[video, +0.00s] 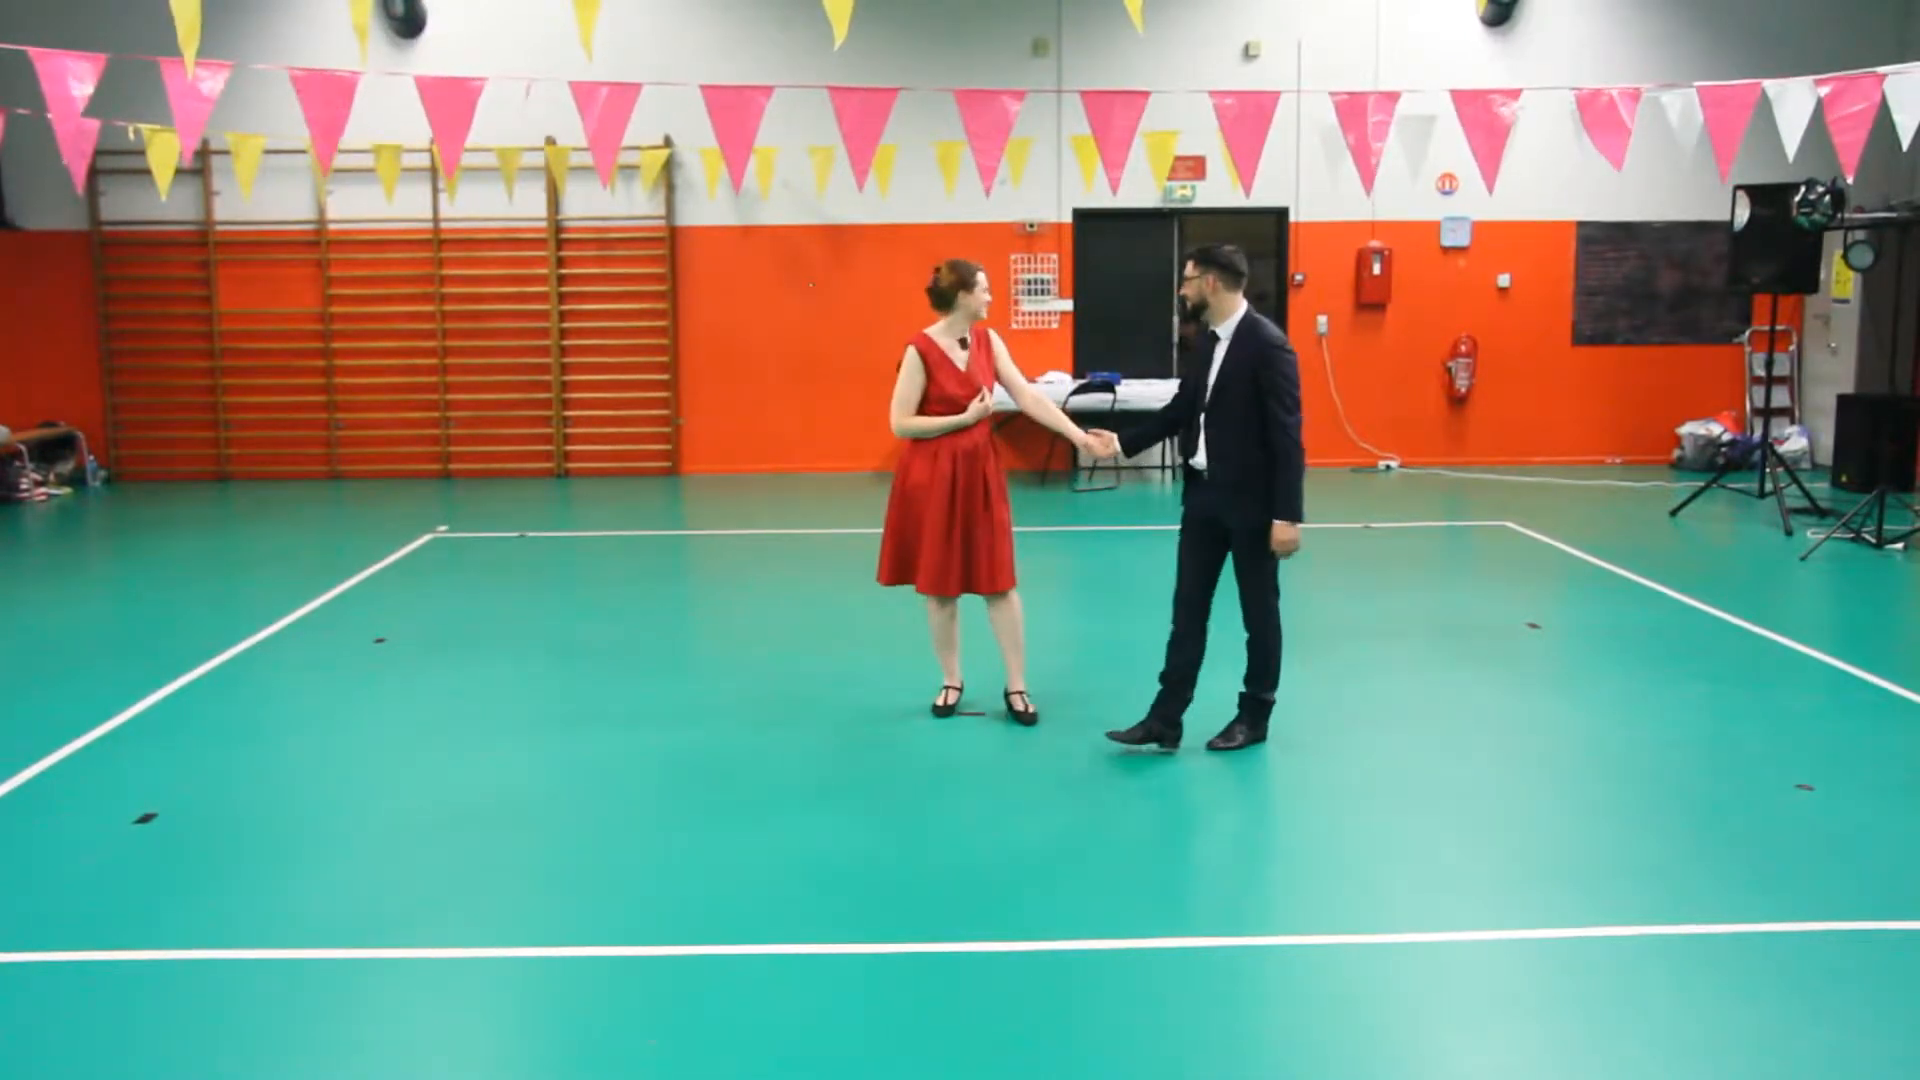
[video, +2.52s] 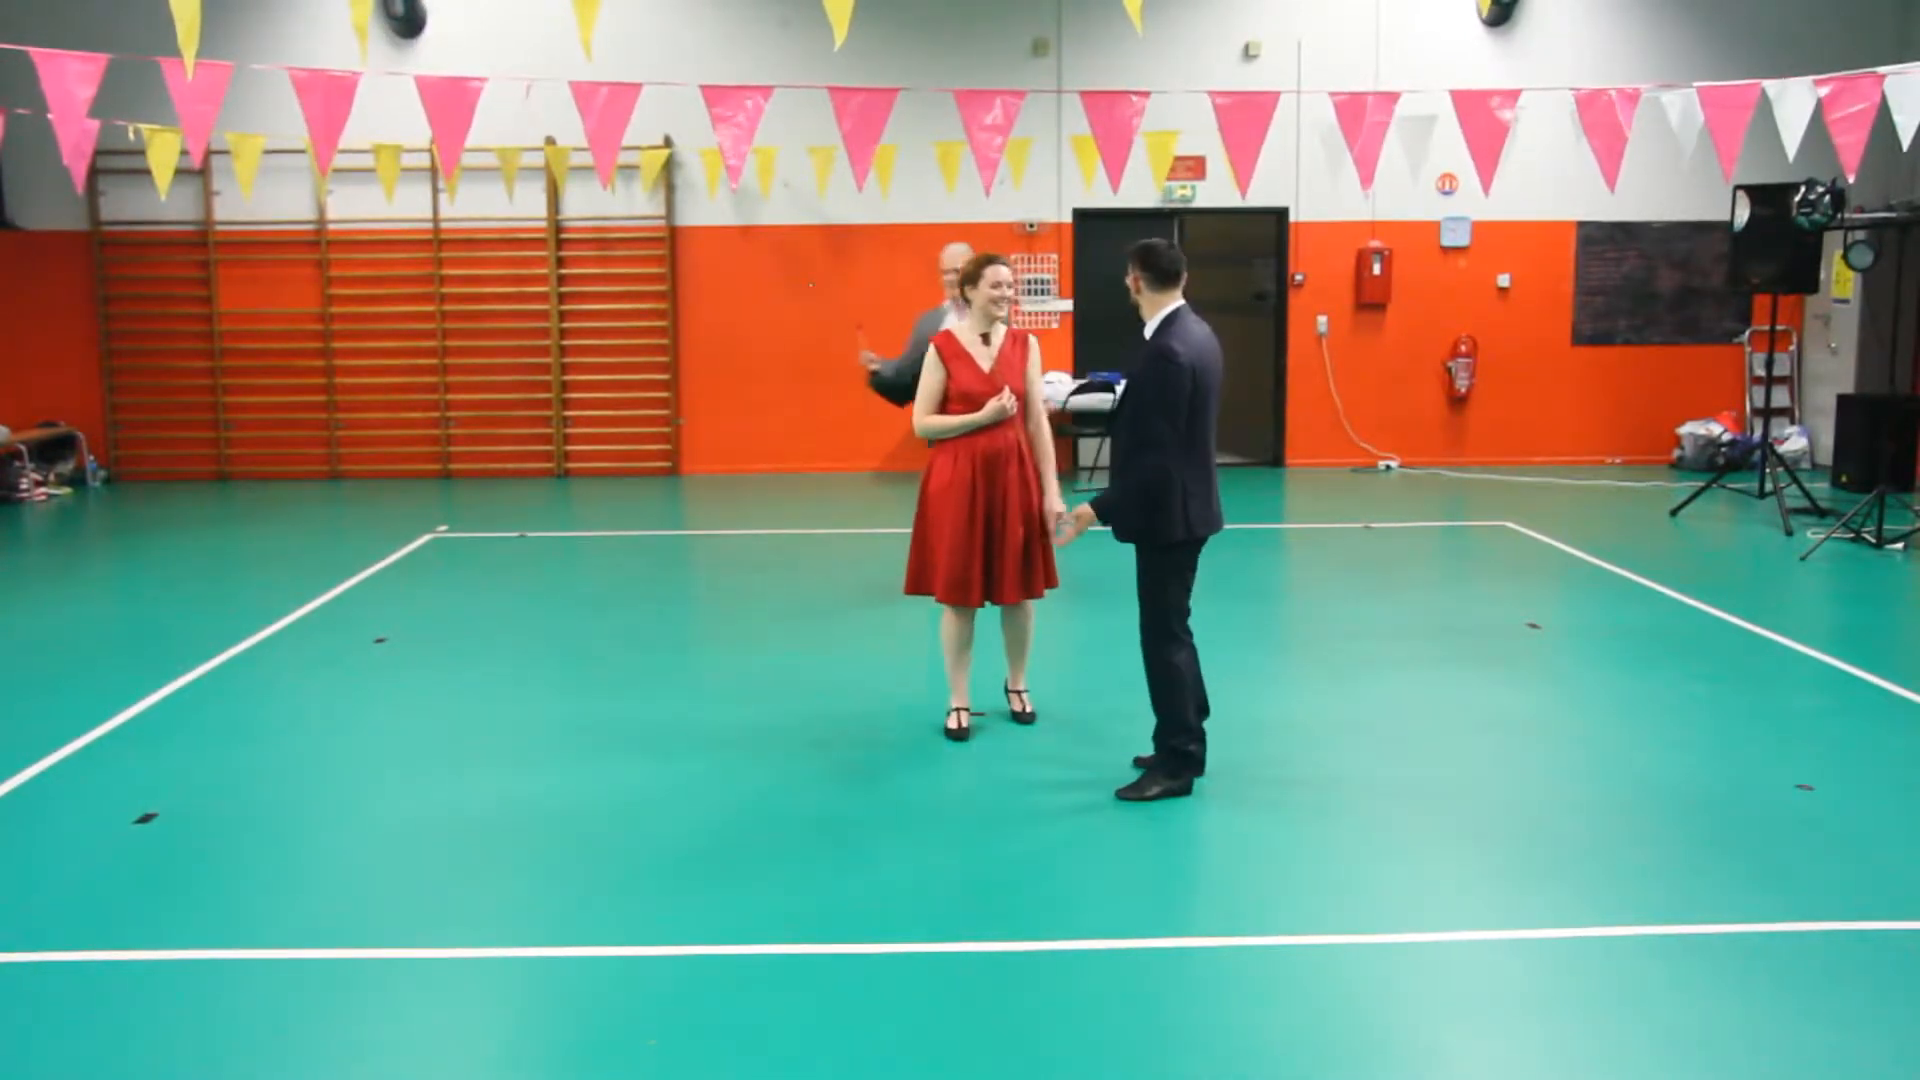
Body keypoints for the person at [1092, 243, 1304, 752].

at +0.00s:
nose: (1182, 290)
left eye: (1188, 280)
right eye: (1183, 281)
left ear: (1213, 282)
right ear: (1211, 284)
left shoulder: (1269, 345)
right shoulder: (1204, 341)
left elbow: (1287, 432)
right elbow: (1181, 411)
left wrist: (1287, 513)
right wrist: (1121, 443)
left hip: (1253, 499)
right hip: (1204, 494)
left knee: (1260, 617)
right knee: (1188, 612)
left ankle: (1254, 718)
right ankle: (1165, 721)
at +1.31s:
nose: (1125, 291)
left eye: (1136, 281)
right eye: (1124, 282)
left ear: (1171, 283)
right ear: (1144, 288)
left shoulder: (1206, 349)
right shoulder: (1140, 345)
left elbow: (1230, 441)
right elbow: (1131, 423)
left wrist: (1224, 523)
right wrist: (1098, 478)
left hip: (1184, 507)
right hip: (1146, 502)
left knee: (1179, 636)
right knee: (1173, 631)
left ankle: (1178, 763)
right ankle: (1185, 732)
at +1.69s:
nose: (1115, 284)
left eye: (1124, 274)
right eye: (1117, 275)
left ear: (1155, 280)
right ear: (1151, 281)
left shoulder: (1186, 343)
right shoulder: (1155, 334)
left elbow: (1185, 443)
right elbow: (1146, 426)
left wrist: (1148, 524)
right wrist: (1113, 464)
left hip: (1175, 516)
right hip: (1150, 507)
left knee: (1171, 634)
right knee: (1149, 624)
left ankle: (1178, 764)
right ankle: (1178, 730)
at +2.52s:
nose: (1125, 286)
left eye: (1127, 278)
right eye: (1130, 277)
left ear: (1137, 282)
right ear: (1180, 280)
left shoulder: (1166, 351)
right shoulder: (1195, 336)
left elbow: (1152, 456)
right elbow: (1148, 411)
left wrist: (1095, 508)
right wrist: (1073, 398)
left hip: (1165, 519)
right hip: (1187, 511)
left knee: (1162, 637)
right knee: (1171, 629)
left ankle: (1179, 763)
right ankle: (1182, 737)